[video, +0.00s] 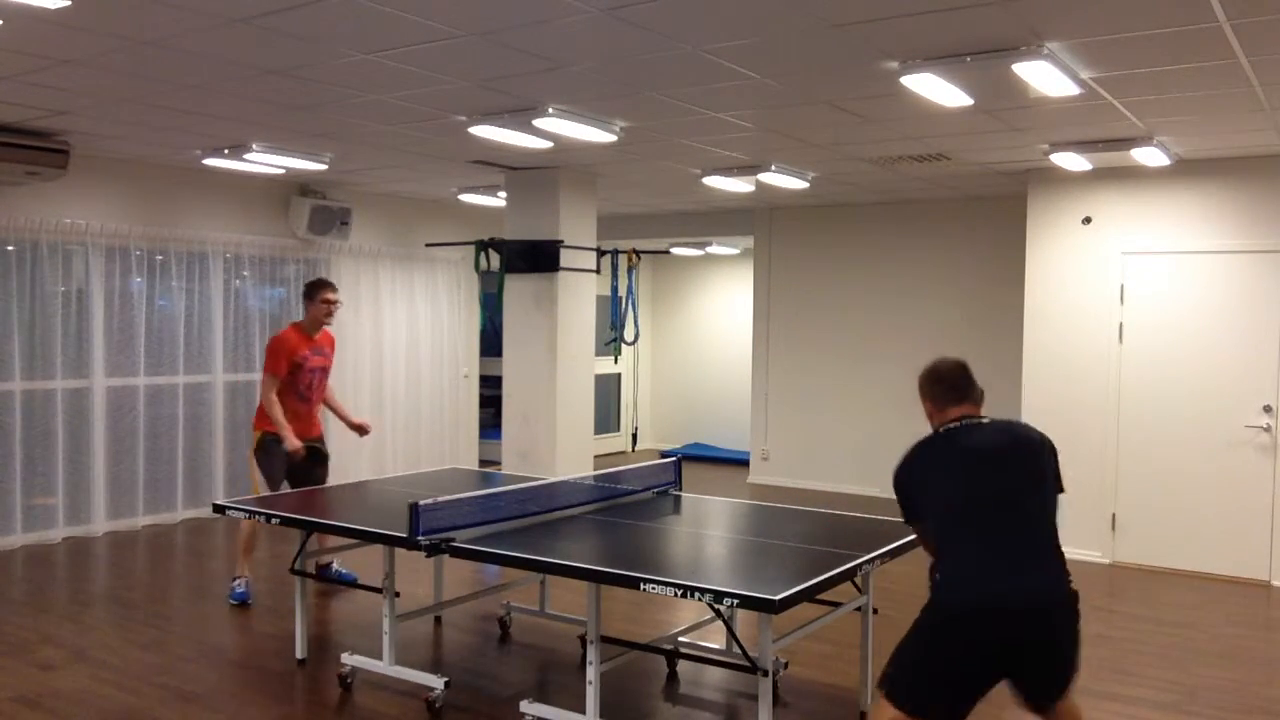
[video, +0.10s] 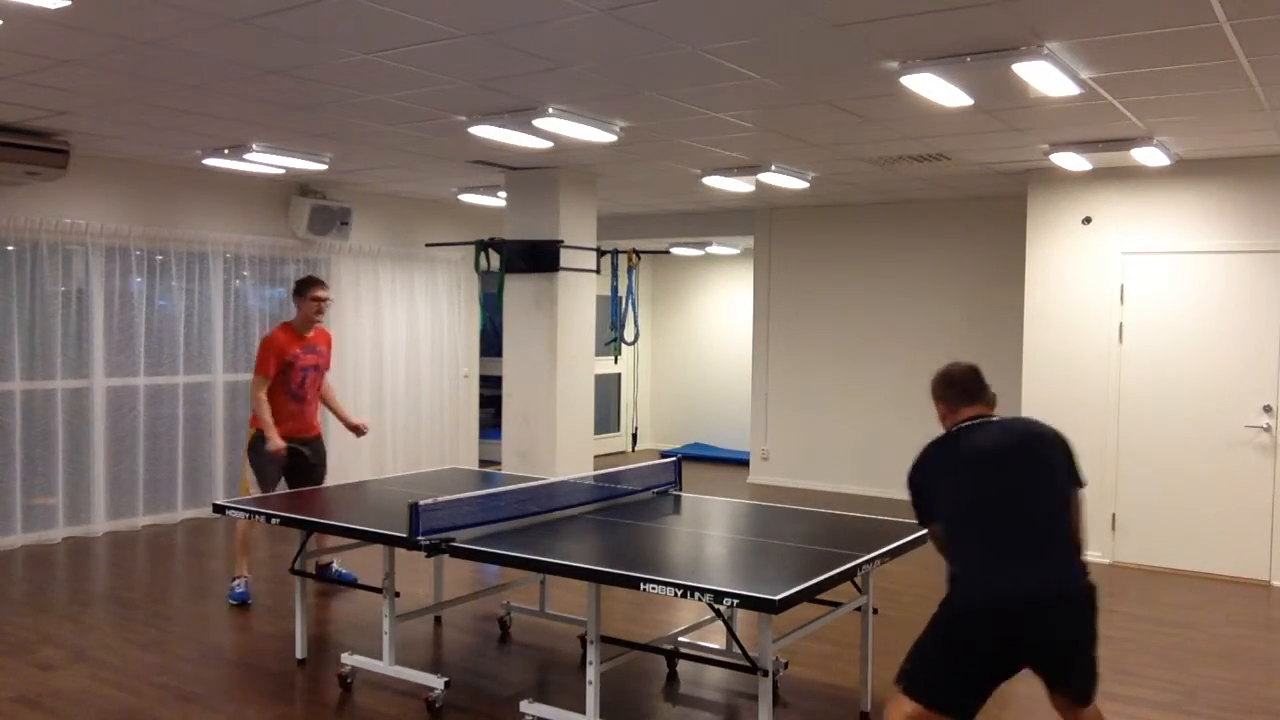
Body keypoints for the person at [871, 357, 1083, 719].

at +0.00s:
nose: (928, 412)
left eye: (927, 406)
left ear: (929, 408)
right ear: (979, 398)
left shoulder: (914, 465)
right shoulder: (1035, 442)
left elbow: (934, 546)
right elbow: (1042, 521)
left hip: (962, 613)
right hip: (1047, 607)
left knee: (895, 706)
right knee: (1054, 698)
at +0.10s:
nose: (940, 416)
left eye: (939, 410)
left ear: (942, 410)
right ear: (991, 400)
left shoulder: (930, 463)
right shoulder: (1047, 438)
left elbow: (945, 544)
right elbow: (1073, 531)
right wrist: (1067, 573)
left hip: (980, 606)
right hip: (1063, 602)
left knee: (910, 708)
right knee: (1078, 705)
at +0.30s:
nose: (972, 376)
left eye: (973, 368)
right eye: (975, 368)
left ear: (976, 368)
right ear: (1025, 364)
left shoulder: (964, 426)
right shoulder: (1085, 405)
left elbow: (982, 536)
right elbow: (1132, 507)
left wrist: (1006, 593)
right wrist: (1087, 545)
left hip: (1032, 578)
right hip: (1112, 571)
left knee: (971, 703)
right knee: (1090, 681)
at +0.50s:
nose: (997, 332)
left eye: (998, 322)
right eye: (996, 322)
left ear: (1012, 321)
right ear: (1052, 320)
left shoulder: (994, 380)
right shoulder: (1099, 374)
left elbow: (999, 484)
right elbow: (1148, 473)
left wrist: (989, 584)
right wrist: (1085, 514)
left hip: (1062, 551)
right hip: (1131, 547)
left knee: (1008, 695)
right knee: (1098, 678)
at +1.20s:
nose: (1016, 354)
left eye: (1016, 344)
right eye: (1016, 345)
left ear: (1025, 340)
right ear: (1068, 345)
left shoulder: (1013, 396)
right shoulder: (1104, 399)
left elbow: (995, 499)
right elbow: (1098, 497)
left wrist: (972, 537)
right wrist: (1025, 523)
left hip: (1071, 557)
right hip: (1127, 555)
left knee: (1019, 696)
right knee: (1059, 651)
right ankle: (1066, 712)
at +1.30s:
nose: (1016, 356)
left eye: (1016, 348)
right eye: (1016, 349)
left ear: (1023, 345)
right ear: (1067, 349)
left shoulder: (1009, 397)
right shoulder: (1104, 400)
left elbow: (986, 490)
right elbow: (1104, 480)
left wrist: (968, 505)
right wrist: (1042, 507)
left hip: (1065, 554)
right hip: (1123, 553)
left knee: (1007, 688)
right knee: (1056, 640)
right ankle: (1065, 713)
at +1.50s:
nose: (1009, 349)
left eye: (1010, 342)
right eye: (1010, 342)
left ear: (1017, 340)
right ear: (1060, 345)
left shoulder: (1000, 385)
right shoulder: (1093, 394)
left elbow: (964, 476)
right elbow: (1133, 487)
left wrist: (955, 445)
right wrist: (1087, 468)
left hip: (1048, 544)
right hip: (1107, 545)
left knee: (993, 676)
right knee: (1054, 637)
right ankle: (1063, 716)